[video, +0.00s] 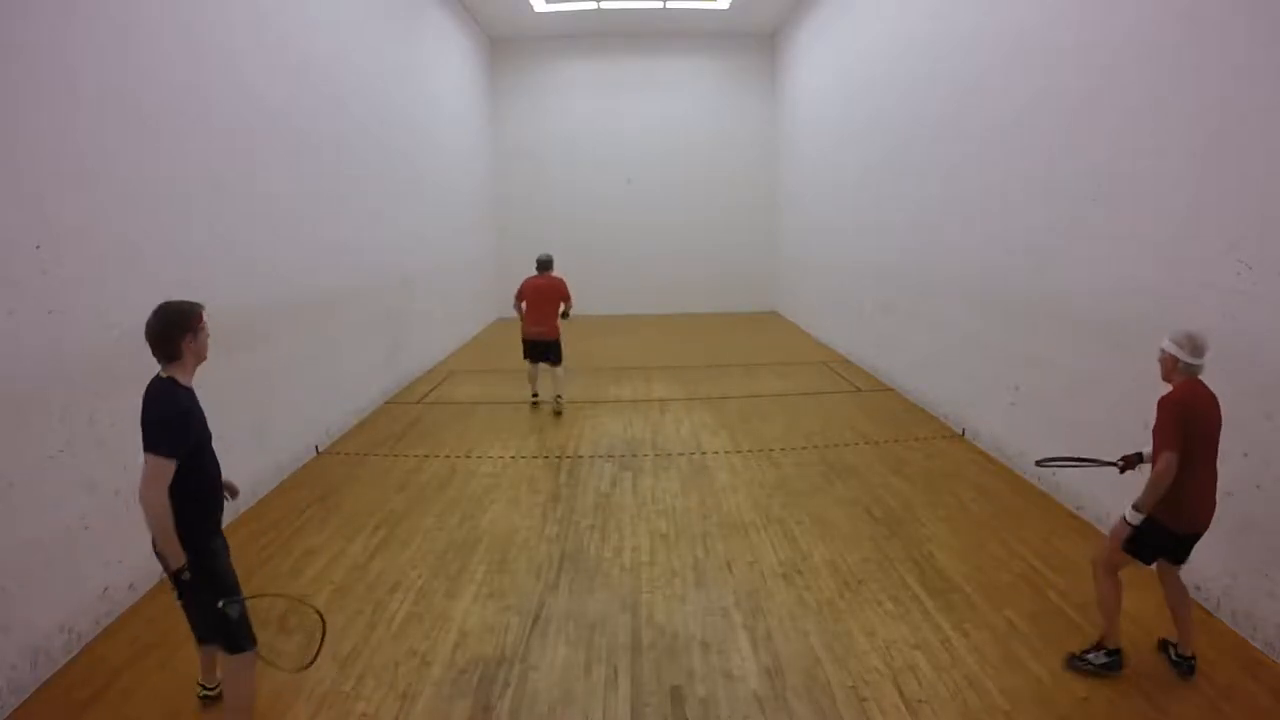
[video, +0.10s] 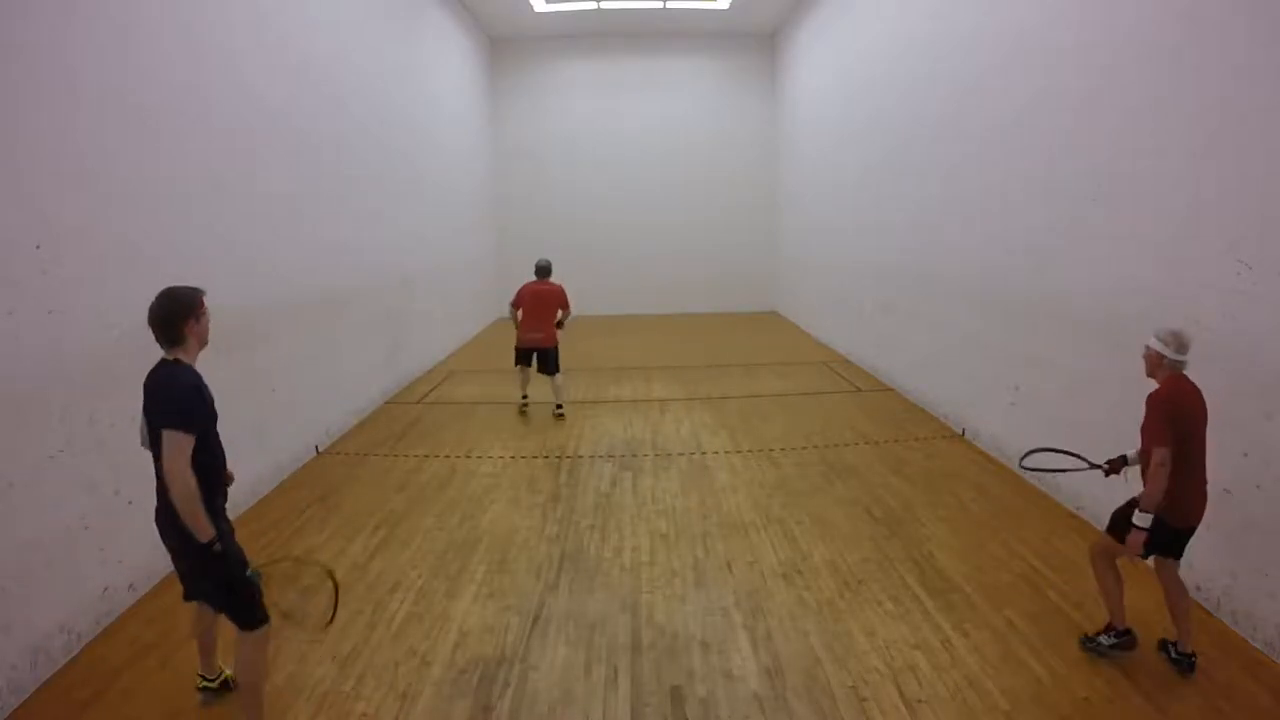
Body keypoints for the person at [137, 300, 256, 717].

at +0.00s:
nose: (208, 338)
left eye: (205, 331)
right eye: (203, 332)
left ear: (174, 343)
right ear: (187, 342)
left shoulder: (173, 389)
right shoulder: (169, 403)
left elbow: (181, 459)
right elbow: (151, 493)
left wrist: (215, 483)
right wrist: (177, 563)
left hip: (196, 530)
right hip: (197, 543)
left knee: (207, 615)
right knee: (242, 648)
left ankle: (210, 684)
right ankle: (240, 714)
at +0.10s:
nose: (209, 324)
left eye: (206, 315)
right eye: (205, 317)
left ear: (165, 330)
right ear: (192, 325)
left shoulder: (159, 378)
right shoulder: (185, 386)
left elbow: (157, 445)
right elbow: (176, 474)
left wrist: (211, 470)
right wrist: (212, 542)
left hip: (177, 519)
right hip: (202, 527)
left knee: (205, 595)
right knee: (254, 621)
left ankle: (210, 675)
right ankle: (253, 711)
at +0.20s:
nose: (217, 331)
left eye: (214, 323)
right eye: (214, 325)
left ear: (173, 337)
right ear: (204, 332)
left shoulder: (166, 385)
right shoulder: (199, 390)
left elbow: (177, 462)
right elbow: (200, 472)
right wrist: (244, 533)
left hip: (179, 519)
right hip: (206, 524)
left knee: (209, 592)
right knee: (281, 611)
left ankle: (195, 675)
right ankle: (285, 711)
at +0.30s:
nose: (233, 358)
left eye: (229, 350)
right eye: (230, 351)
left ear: (190, 365)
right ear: (222, 361)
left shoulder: (188, 409)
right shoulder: (216, 421)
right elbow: (237, 507)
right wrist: (295, 546)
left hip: (191, 539)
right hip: (221, 546)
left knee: (211, 607)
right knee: (315, 606)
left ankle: (190, 685)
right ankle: (334, 703)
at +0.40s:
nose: (264, 368)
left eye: (261, 361)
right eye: (262, 362)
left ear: (217, 376)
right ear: (255, 371)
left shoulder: (216, 419)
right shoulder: (257, 434)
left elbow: (249, 478)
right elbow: (298, 507)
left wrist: (305, 495)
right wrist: (357, 529)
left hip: (211, 548)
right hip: (244, 558)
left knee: (224, 608)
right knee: (337, 596)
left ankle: (190, 683)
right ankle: (344, 691)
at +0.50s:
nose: (310, 360)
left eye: (307, 353)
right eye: (308, 355)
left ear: (266, 366)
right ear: (304, 364)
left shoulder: (258, 412)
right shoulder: (317, 417)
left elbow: (269, 471)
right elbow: (377, 476)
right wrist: (427, 488)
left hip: (249, 541)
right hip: (290, 547)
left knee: (233, 606)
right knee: (352, 597)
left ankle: (201, 668)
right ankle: (343, 690)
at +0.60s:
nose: (355, 341)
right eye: (356, 334)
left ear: (318, 343)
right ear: (358, 341)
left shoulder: (304, 391)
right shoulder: (379, 394)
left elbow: (268, 446)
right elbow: (438, 442)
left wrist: (313, 439)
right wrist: (476, 452)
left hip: (300, 518)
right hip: (346, 523)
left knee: (282, 600)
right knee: (364, 605)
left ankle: (256, 685)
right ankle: (343, 691)